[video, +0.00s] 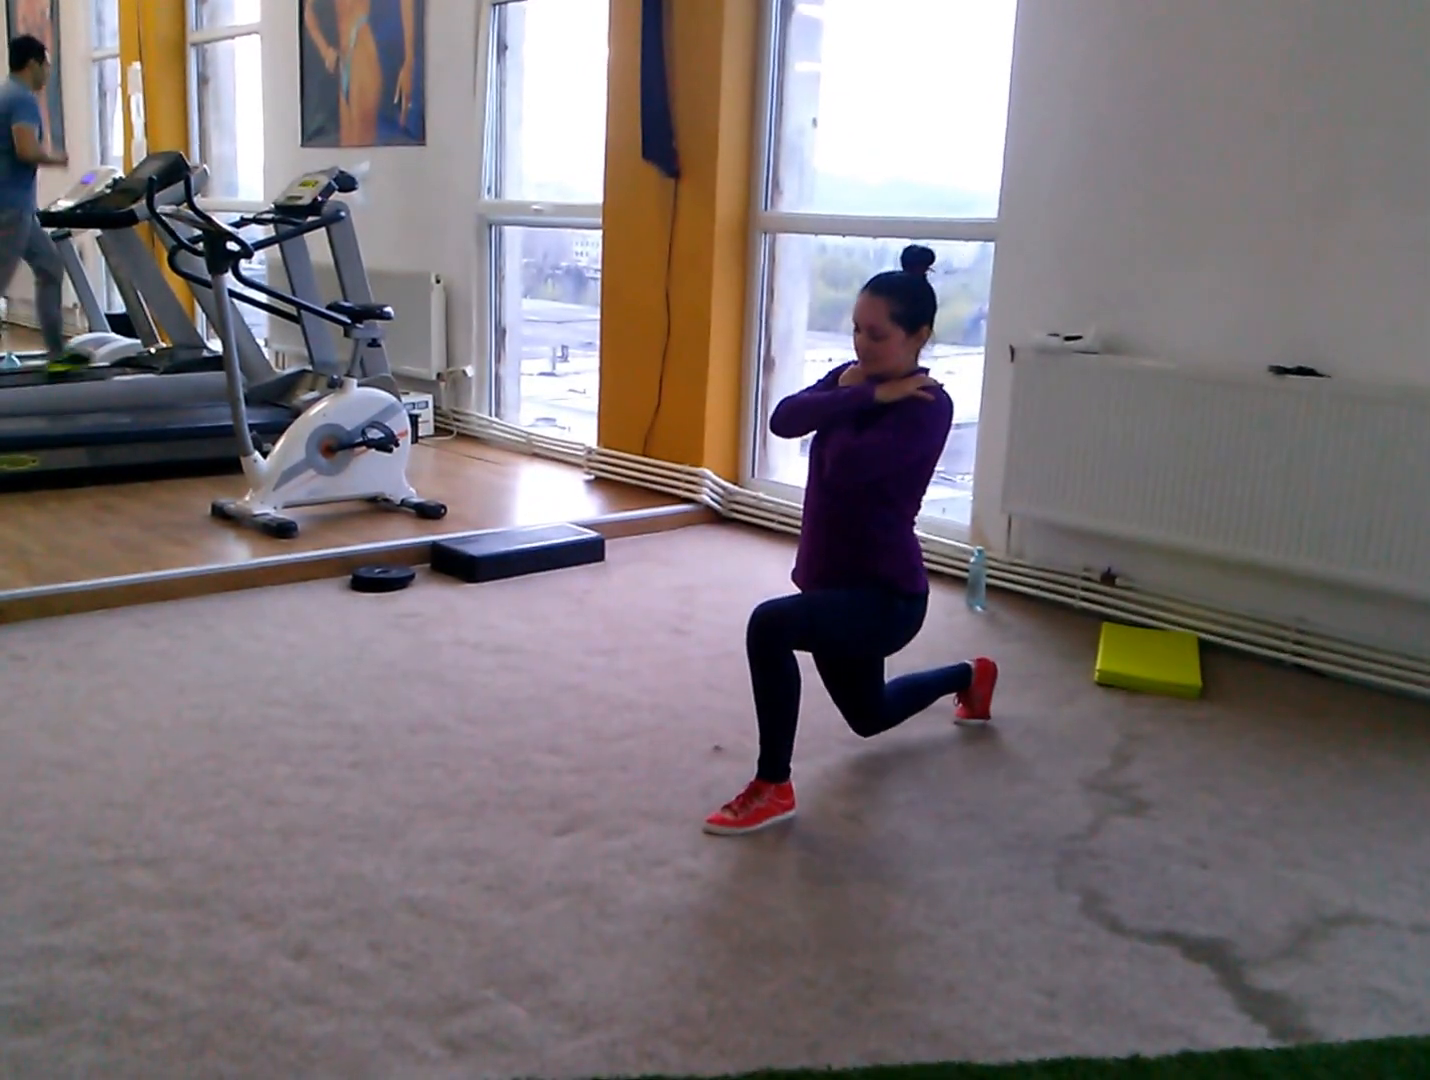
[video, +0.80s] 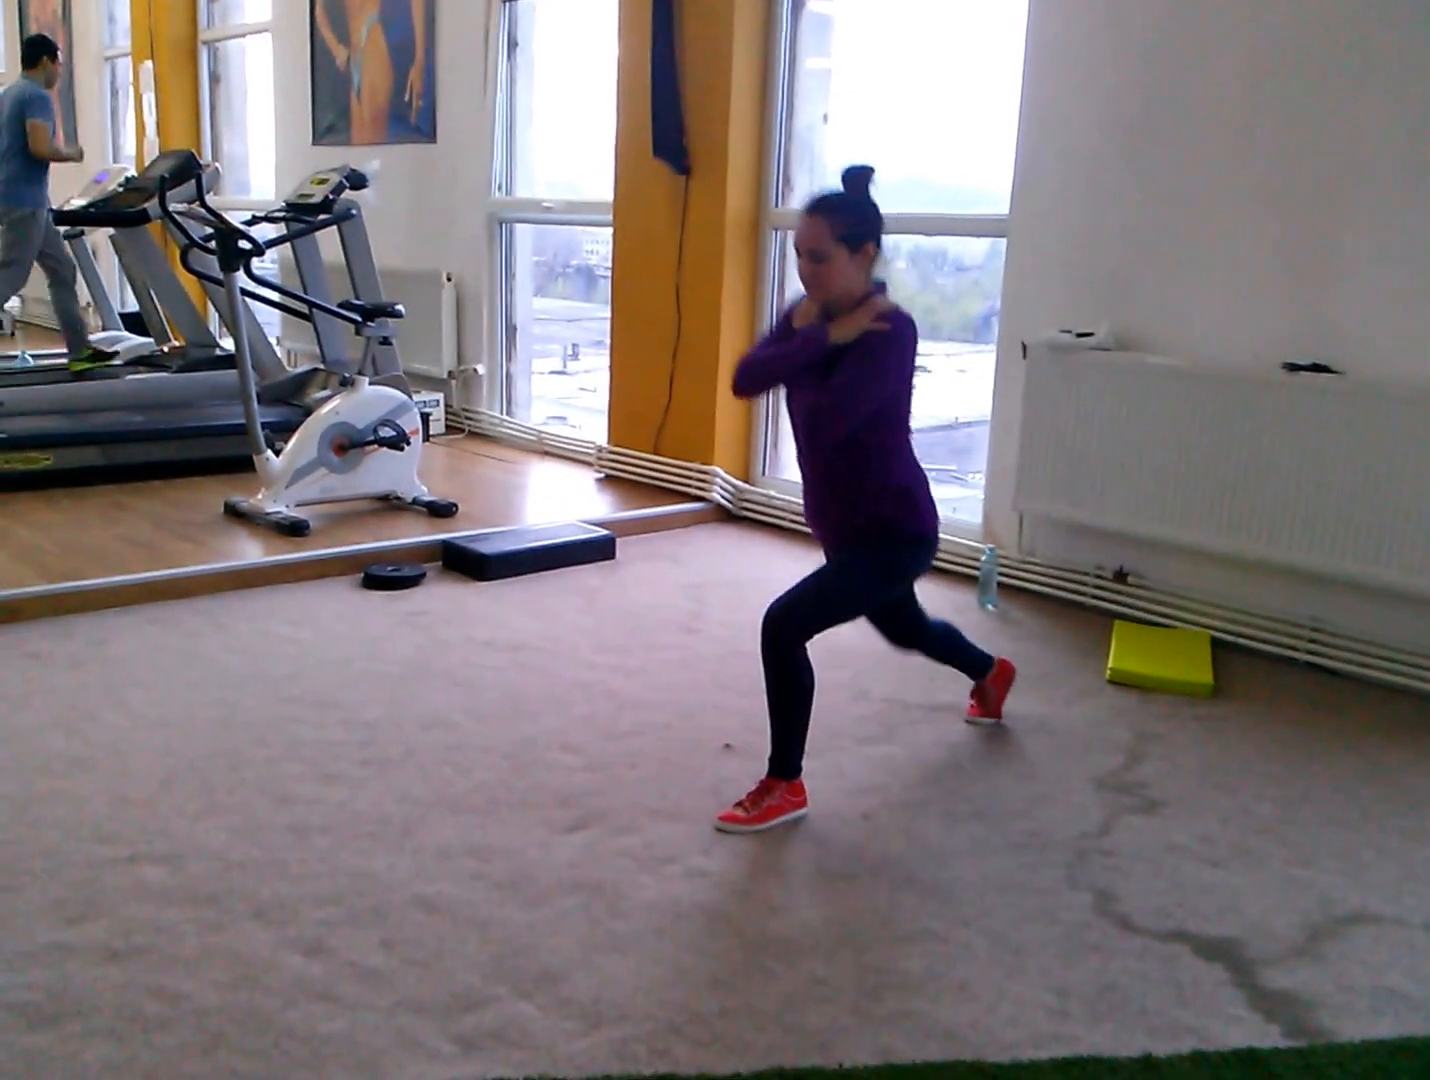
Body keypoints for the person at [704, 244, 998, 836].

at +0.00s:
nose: (859, 345)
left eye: (873, 336)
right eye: (856, 331)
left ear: (917, 339)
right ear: (851, 325)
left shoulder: (929, 409)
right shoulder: (848, 379)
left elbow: (851, 467)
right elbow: (783, 420)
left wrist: (833, 408)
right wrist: (873, 393)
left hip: (886, 598)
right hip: (826, 588)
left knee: (769, 626)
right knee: (868, 714)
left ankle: (772, 785)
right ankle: (970, 678)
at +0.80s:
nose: (806, 271)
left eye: (819, 257)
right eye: (801, 258)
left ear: (866, 256)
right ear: (800, 258)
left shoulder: (891, 335)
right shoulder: (803, 317)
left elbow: (830, 421)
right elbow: (743, 381)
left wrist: (795, 345)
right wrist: (828, 336)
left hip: (895, 537)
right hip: (844, 533)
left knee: (784, 625)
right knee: (909, 629)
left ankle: (784, 783)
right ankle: (988, 670)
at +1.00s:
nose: (767, 220)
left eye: (782, 208)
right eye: (764, 205)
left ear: (834, 214)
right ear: (761, 207)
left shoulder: (860, 290)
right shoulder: (766, 274)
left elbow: (805, 388)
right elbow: (713, 353)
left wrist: (768, 309)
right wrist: (799, 299)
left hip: (892, 497)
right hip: (842, 493)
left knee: (787, 621)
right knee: (908, 589)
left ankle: (790, 782)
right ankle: (975, 656)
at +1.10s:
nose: (756, 219)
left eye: (772, 206)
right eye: (754, 203)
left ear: (825, 216)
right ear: (755, 209)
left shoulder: (852, 293)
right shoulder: (760, 276)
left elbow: (789, 401)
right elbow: (706, 356)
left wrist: (763, 316)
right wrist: (790, 304)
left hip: (896, 494)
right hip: (847, 492)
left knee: (793, 621)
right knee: (912, 584)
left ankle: (793, 782)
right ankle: (981, 646)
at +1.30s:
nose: (768, 252)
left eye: (785, 240)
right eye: (766, 236)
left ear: (836, 245)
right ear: (764, 237)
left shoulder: (861, 319)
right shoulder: (774, 303)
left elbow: (799, 431)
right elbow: (720, 386)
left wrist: (775, 341)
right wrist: (798, 334)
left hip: (912, 510)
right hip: (864, 509)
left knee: (804, 622)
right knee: (930, 596)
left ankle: (799, 782)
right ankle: (993, 649)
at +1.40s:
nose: (791, 272)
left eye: (806, 260)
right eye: (788, 258)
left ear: (856, 265)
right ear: (787, 257)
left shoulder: (880, 337)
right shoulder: (790, 320)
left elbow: (824, 443)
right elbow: (740, 401)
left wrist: (795, 356)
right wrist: (822, 350)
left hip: (925, 530)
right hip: (871, 528)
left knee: (811, 622)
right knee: (932, 619)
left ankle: (801, 783)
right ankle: (998, 660)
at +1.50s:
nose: (830, 293)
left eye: (845, 280)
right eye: (825, 278)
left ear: (888, 285)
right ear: (821, 280)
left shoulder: (907, 358)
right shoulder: (819, 342)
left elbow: (853, 449)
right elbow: (766, 412)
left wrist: (815, 371)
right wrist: (845, 365)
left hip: (935, 551)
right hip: (879, 549)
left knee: (818, 622)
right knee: (946, 638)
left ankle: (806, 785)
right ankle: (1020, 662)